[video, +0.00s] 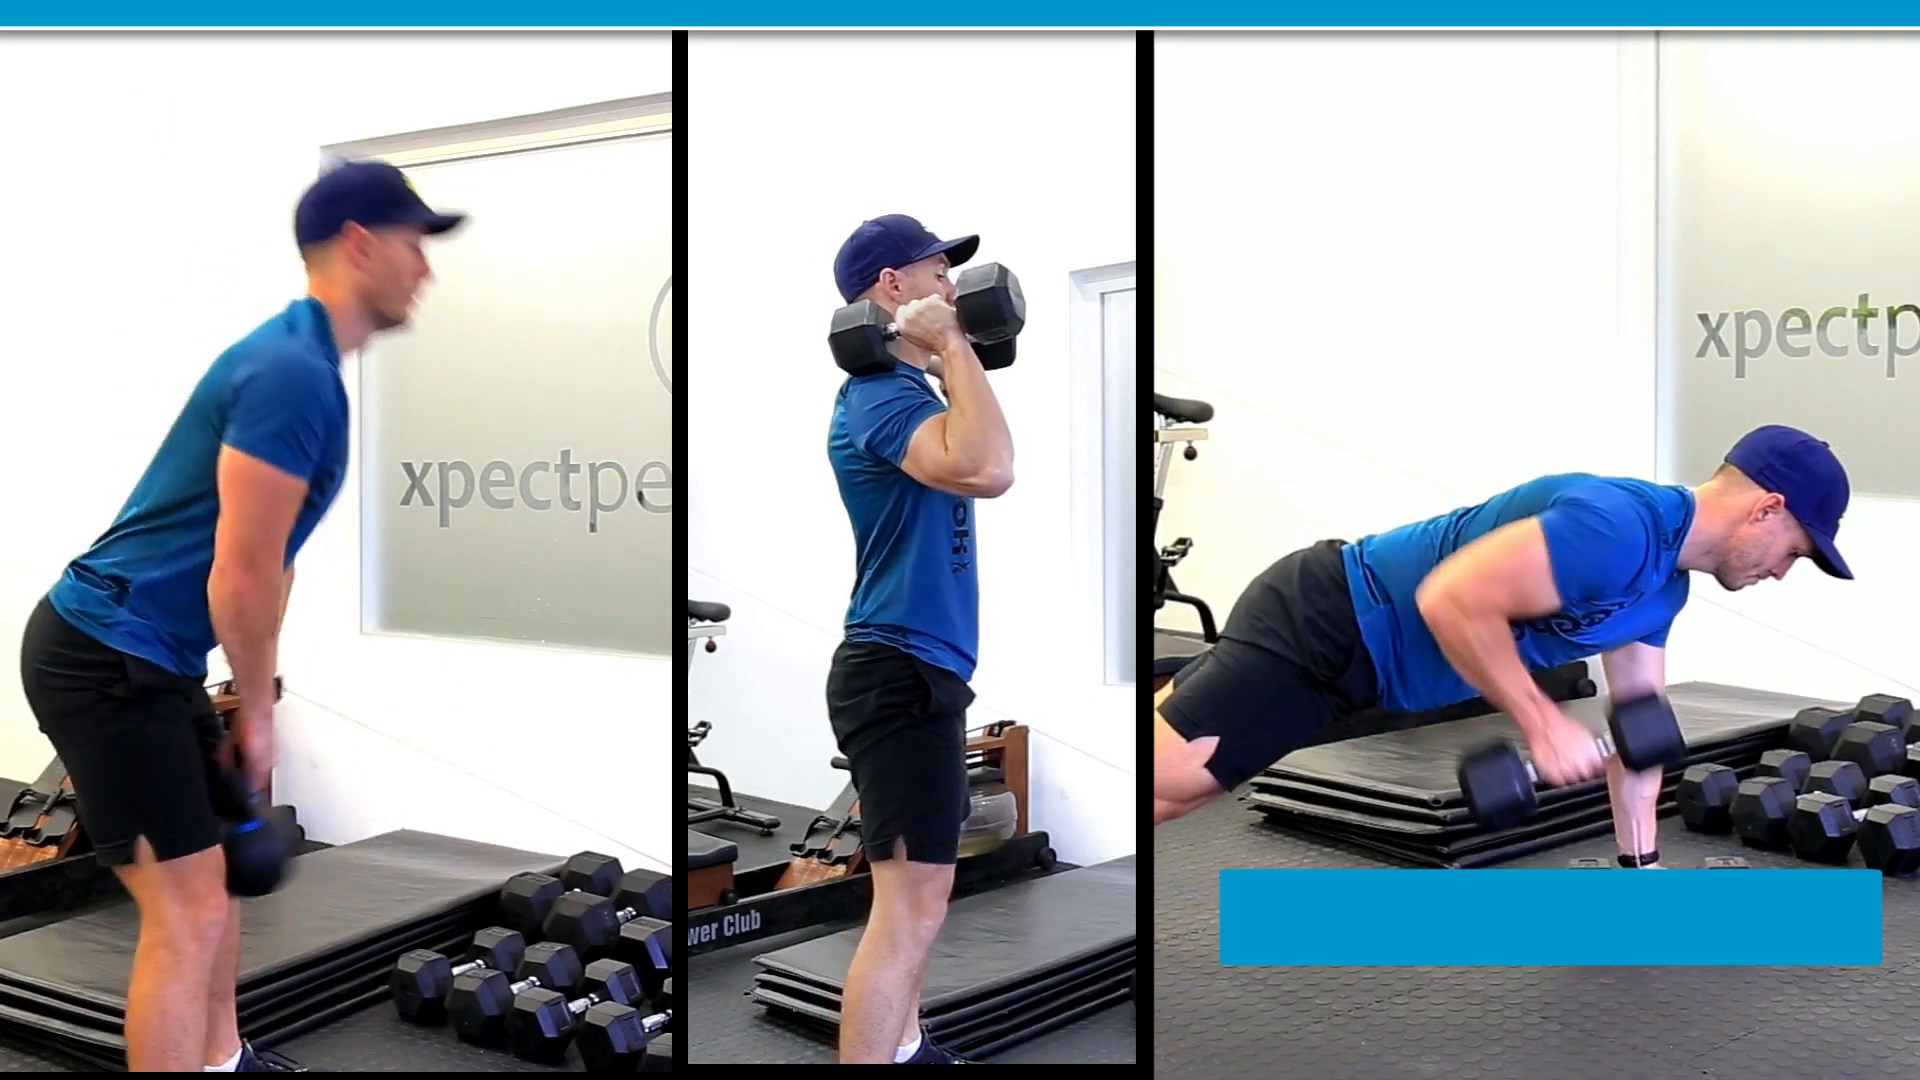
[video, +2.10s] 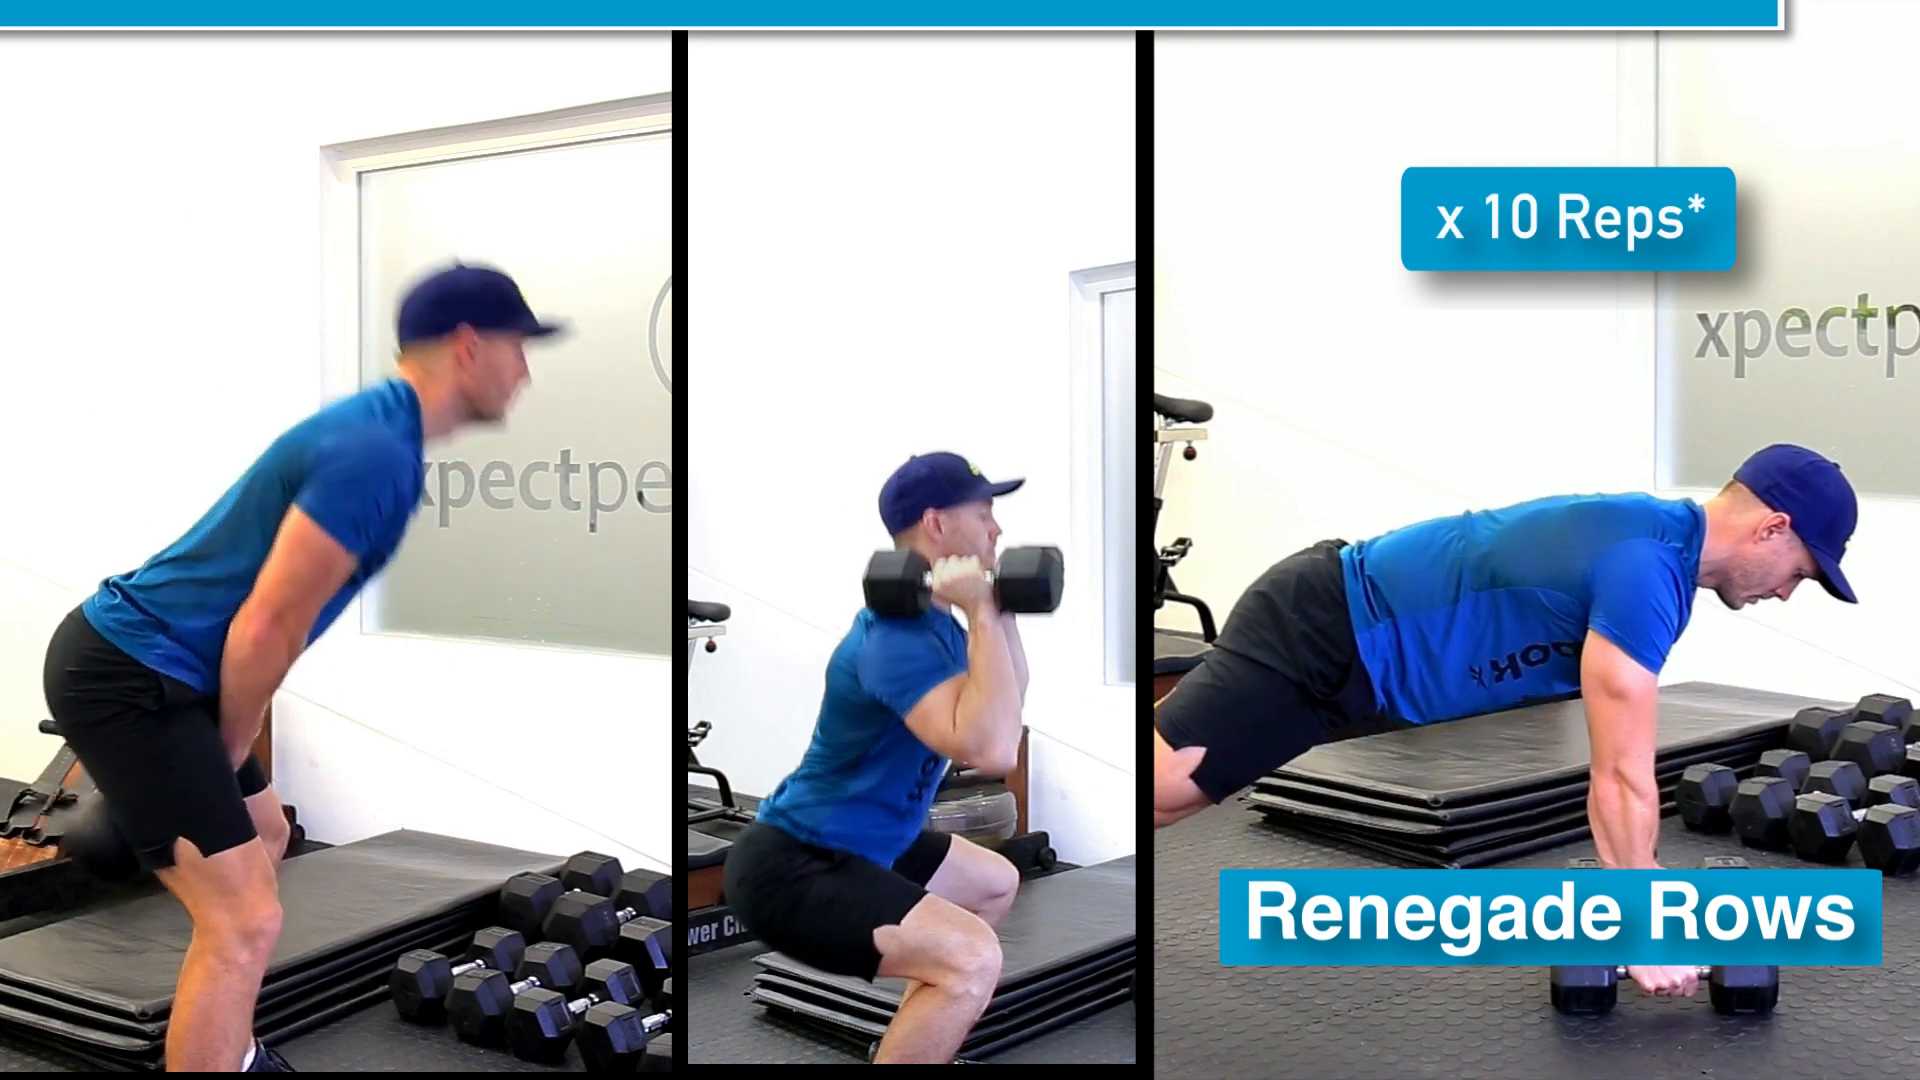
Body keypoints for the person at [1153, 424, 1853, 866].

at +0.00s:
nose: (1786, 574)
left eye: (1800, 561)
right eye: (1798, 552)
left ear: (1755, 508)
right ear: (1762, 507)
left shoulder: (1659, 584)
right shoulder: (1620, 527)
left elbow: (1640, 724)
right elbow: (1453, 600)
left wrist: (1639, 870)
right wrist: (1542, 723)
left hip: (1362, 667)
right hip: (1329, 618)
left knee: (1158, 758)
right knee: (1153, 780)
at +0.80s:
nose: (1779, 577)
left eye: (1793, 565)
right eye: (1791, 556)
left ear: (1750, 509)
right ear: (1758, 511)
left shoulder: (1652, 580)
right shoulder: (1615, 525)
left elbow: (1635, 732)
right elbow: (1505, 684)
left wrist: (1639, 867)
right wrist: (1593, 824)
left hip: (1353, 665)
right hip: (1322, 610)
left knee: (1157, 777)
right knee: (1149, 764)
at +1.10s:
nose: (1781, 581)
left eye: (1796, 570)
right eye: (1793, 560)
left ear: (1753, 511)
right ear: (1759, 514)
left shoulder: (1657, 574)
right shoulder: (1620, 544)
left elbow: (1637, 736)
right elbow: (1582, 751)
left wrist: (1653, 888)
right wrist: (1628, 899)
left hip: (1350, 660)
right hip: (1321, 612)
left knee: (1161, 776)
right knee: (1155, 762)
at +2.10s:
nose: (1791, 592)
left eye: (1805, 580)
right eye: (1802, 571)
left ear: (1762, 525)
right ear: (1770, 528)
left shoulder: (1659, 564)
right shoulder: (1645, 564)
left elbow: (1627, 768)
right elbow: (1619, 775)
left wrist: (1648, 928)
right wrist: (1642, 941)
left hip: (1346, 648)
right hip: (1329, 627)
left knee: (1147, 772)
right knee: (1140, 792)